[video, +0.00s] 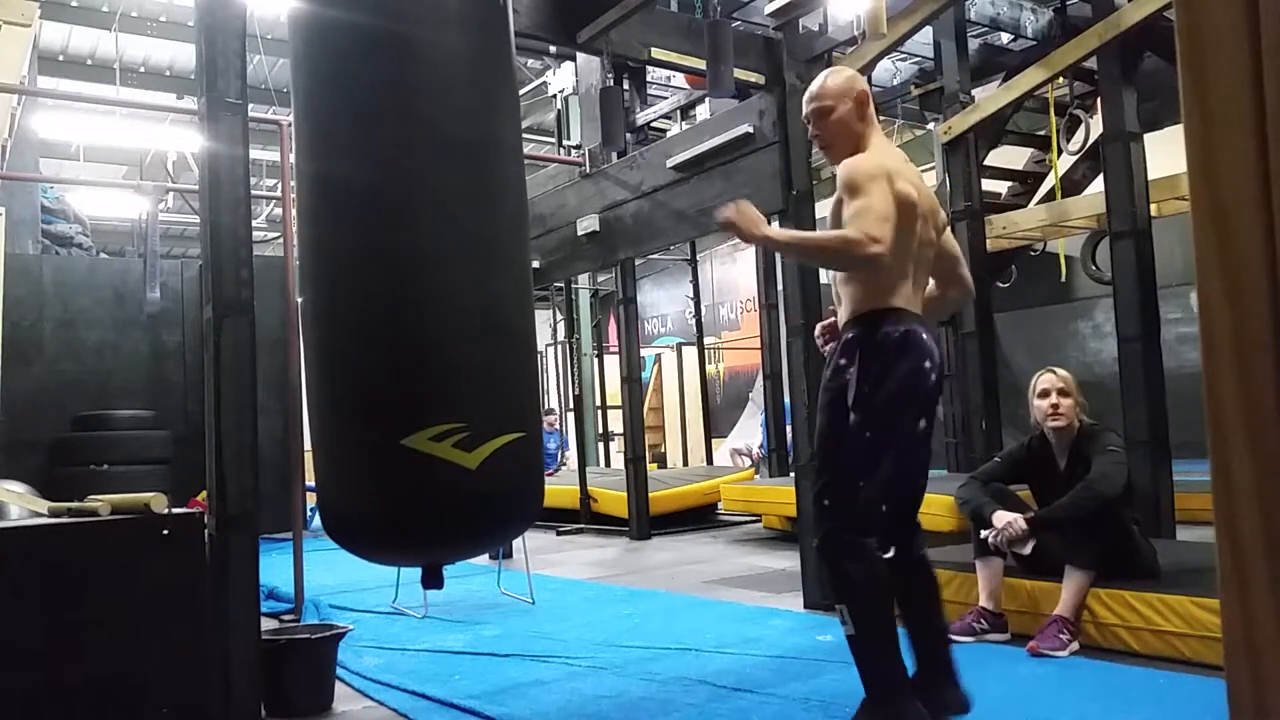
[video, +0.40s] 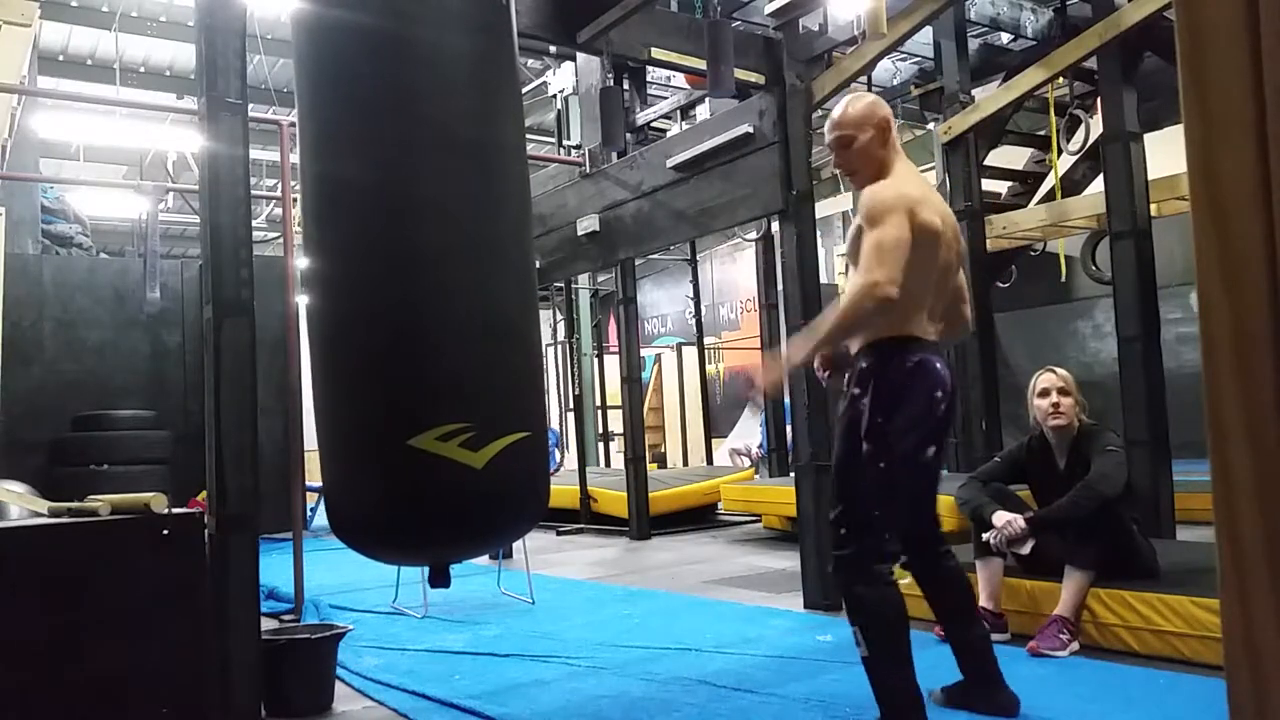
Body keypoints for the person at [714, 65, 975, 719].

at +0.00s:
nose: (811, 129)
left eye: (820, 114)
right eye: (807, 118)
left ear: (858, 107)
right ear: (866, 114)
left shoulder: (864, 167)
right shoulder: (912, 178)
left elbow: (870, 245)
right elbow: (955, 283)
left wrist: (767, 236)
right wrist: (865, 319)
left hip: (875, 354)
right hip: (918, 352)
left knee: (844, 531)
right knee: (897, 527)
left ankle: (887, 700)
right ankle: (939, 684)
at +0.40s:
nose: (834, 158)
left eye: (843, 143)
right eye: (830, 146)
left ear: (883, 134)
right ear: (883, 138)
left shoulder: (886, 196)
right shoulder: (930, 199)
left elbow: (878, 287)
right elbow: (956, 317)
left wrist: (791, 354)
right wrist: (859, 345)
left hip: (891, 380)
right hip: (929, 377)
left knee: (859, 555)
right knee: (921, 539)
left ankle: (900, 709)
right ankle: (986, 682)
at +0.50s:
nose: (840, 155)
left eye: (849, 141)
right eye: (836, 143)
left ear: (887, 133)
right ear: (892, 138)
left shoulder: (892, 196)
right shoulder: (932, 195)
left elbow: (895, 300)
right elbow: (954, 308)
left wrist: (858, 395)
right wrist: (861, 343)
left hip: (902, 373)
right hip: (938, 370)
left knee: (873, 546)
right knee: (936, 533)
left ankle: (901, 706)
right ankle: (987, 681)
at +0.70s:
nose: (839, 148)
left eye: (848, 134)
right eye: (836, 137)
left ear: (886, 128)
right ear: (887, 131)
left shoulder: (897, 195)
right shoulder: (930, 190)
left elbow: (936, 292)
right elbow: (964, 301)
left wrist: (936, 399)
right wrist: (874, 347)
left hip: (900, 379)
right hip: (941, 375)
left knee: (874, 544)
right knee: (945, 537)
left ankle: (904, 702)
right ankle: (989, 680)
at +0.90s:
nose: (839, 143)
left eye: (851, 130)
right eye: (835, 133)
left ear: (890, 129)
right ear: (891, 137)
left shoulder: (892, 190)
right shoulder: (929, 193)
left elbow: (921, 280)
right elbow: (966, 302)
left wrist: (861, 357)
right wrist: (888, 328)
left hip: (899, 374)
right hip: (936, 371)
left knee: (848, 534)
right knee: (930, 527)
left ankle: (891, 697)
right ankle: (981, 677)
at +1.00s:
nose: (836, 125)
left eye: (846, 111)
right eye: (833, 114)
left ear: (882, 107)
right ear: (887, 113)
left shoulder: (886, 163)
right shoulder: (928, 172)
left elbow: (904, 246)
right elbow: (975, 275)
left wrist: (806, 290)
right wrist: (904, 303)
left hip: (881, 341)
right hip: (925, 343)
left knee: (838, 515)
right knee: (911, 517)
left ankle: (874, 691)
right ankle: (960, 670)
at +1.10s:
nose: (829, 129)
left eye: (842, 117)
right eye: (826, 120)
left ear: (884, 115)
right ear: (884, 127)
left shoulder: (867, 169)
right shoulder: (927, 187)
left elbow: (862, 240)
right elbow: (983, 283)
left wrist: (745, 250)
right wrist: (927, 312)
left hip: (876, 358)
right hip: (924, 359)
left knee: (833, 532)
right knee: (899, 537)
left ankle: (847, 706)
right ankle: (946, 691)